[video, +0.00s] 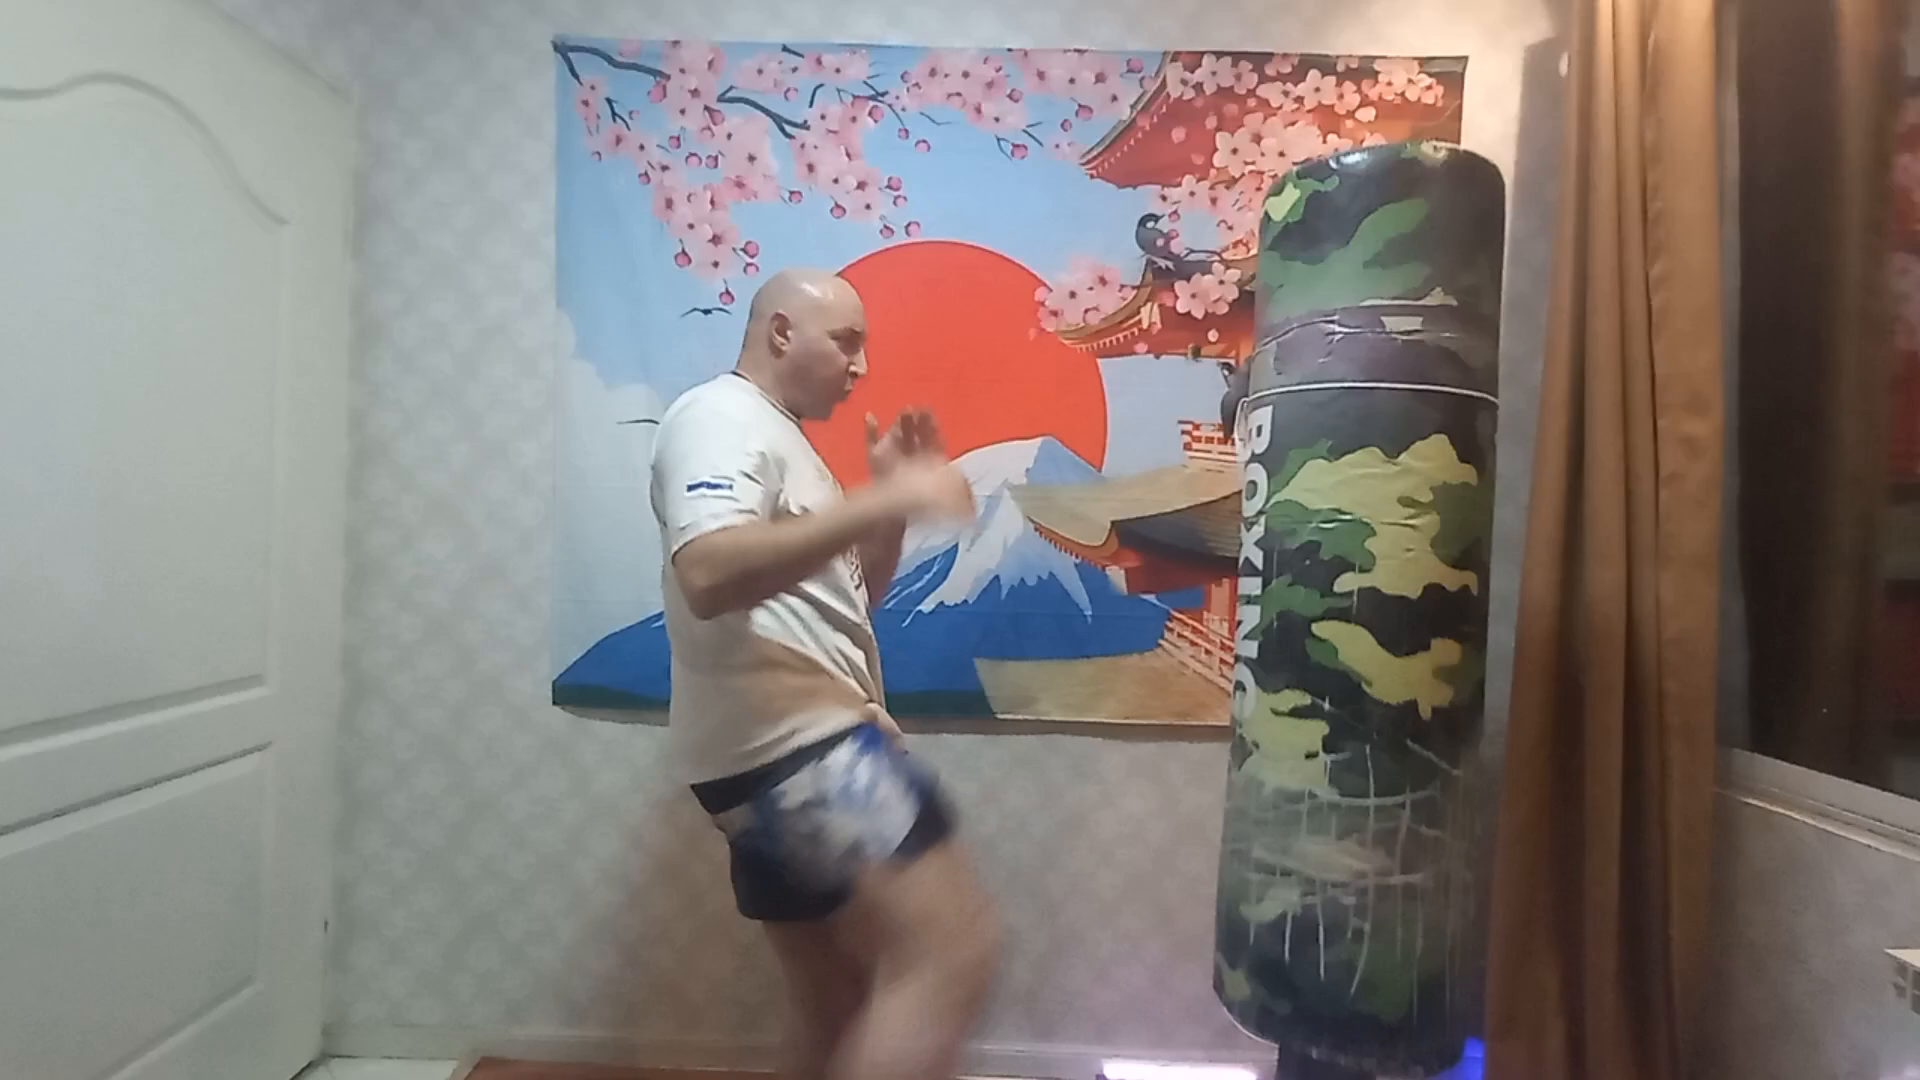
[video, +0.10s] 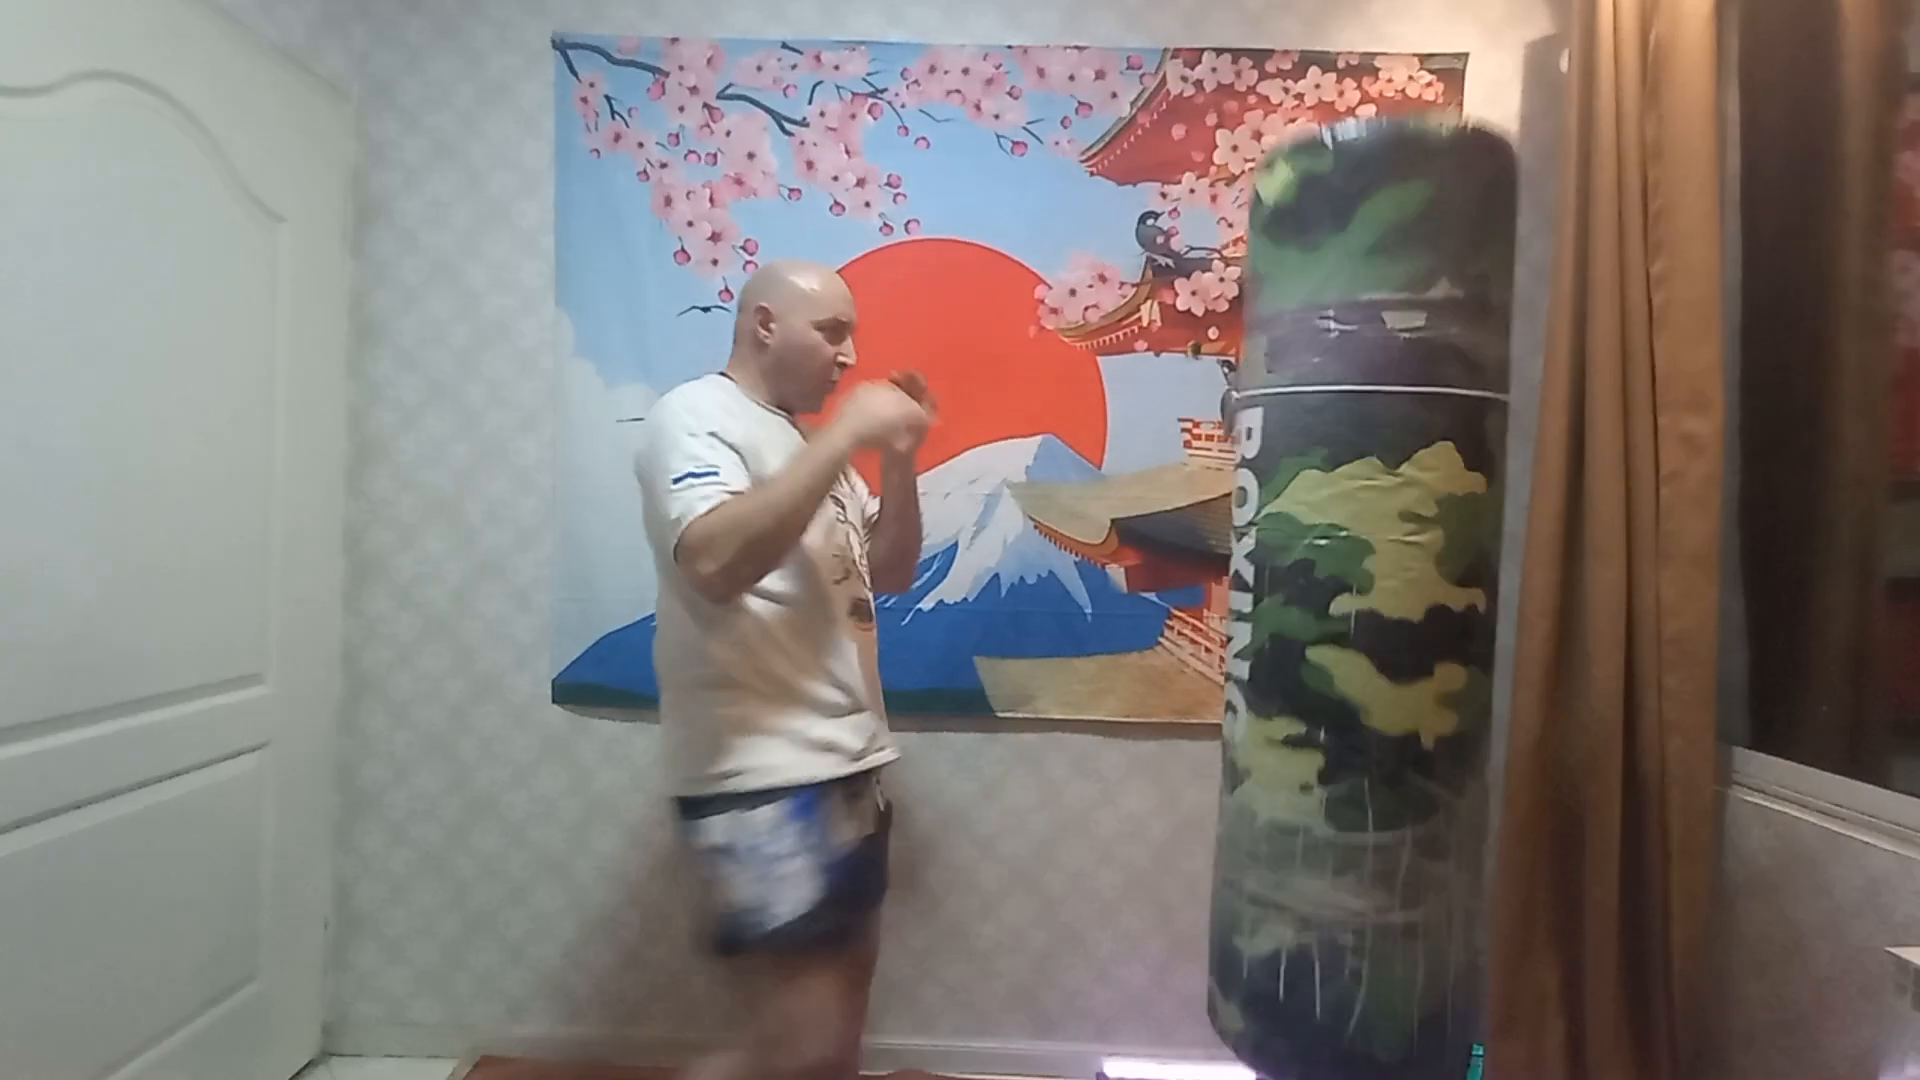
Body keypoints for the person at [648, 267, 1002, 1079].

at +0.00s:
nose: (859, 363)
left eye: (862, 345)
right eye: (844, 341)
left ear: (782, 339)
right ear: (779, 334)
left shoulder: (786, 445)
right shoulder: (718, 412)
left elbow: (851, 595)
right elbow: (707, 572)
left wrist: (891, 499)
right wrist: (887, 501)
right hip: (792, 743)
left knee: (835, 1014)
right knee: (951, 947)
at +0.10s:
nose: (846, 353)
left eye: (850, 335)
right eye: (831, 331)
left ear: (777, 333)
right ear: (766, 327)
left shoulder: (816, 446)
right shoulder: (691, 416)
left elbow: (891, 572)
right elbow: (714, 561)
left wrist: (903, 460)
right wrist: (843, 435)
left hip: (847, 767)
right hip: (758, 780)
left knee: (835, 1039)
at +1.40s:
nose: (853, 352)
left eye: (857, 335)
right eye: (836, 330)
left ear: (787, 333)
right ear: (770, 327)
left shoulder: (834, 442)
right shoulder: (699, 421)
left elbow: (901, 563)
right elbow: (741, 559)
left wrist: (916, 458)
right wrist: (844, 421)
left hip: (864, 766)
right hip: (745, 783)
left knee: (865, 985)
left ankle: (861, 1063)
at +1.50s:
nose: (829, 344)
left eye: (833, 326)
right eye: (810, 322)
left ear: (832, 334)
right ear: (740, 320)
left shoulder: (828, 440)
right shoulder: (654, 419)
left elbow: (910, 556)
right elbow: (658, 569)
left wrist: (898, 443)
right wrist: (796, 441)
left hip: (837, 770)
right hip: (684, 788)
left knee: (889, 968)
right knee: (599, 1028)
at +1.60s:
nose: (804, 339)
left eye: (810, 322)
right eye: (784, 317)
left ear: (814, 335)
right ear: (713, 317)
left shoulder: (826, 439)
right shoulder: (613, 419)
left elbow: (928, 543)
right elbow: (557, 577)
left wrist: (893, 418)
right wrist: (727, 484)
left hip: (803, 790)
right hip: (640, 799)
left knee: (875, 1001)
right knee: (587, 1034)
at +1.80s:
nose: (789, 334)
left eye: (797, 316)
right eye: (767, 311)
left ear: (803, 328)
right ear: (697, 314)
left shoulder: (825, 438)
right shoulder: (601, 422)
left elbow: (927, 550)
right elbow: (530, 583)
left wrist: (935, 444)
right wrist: (679, 512)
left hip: (782, 776)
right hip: (624, 783)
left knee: (853, 985)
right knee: (582, 1026)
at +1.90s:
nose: (816, 346)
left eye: (819, 327)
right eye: (797, 324)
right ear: (724, 325)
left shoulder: (826, 454)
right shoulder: (632, 418)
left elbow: (863, 584)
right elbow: (628, 559)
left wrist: (912, 515)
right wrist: (781, 450)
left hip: (794, 774)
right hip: (651, 789)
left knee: (878, 959)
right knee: (593, 1027)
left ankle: (854, 1072)